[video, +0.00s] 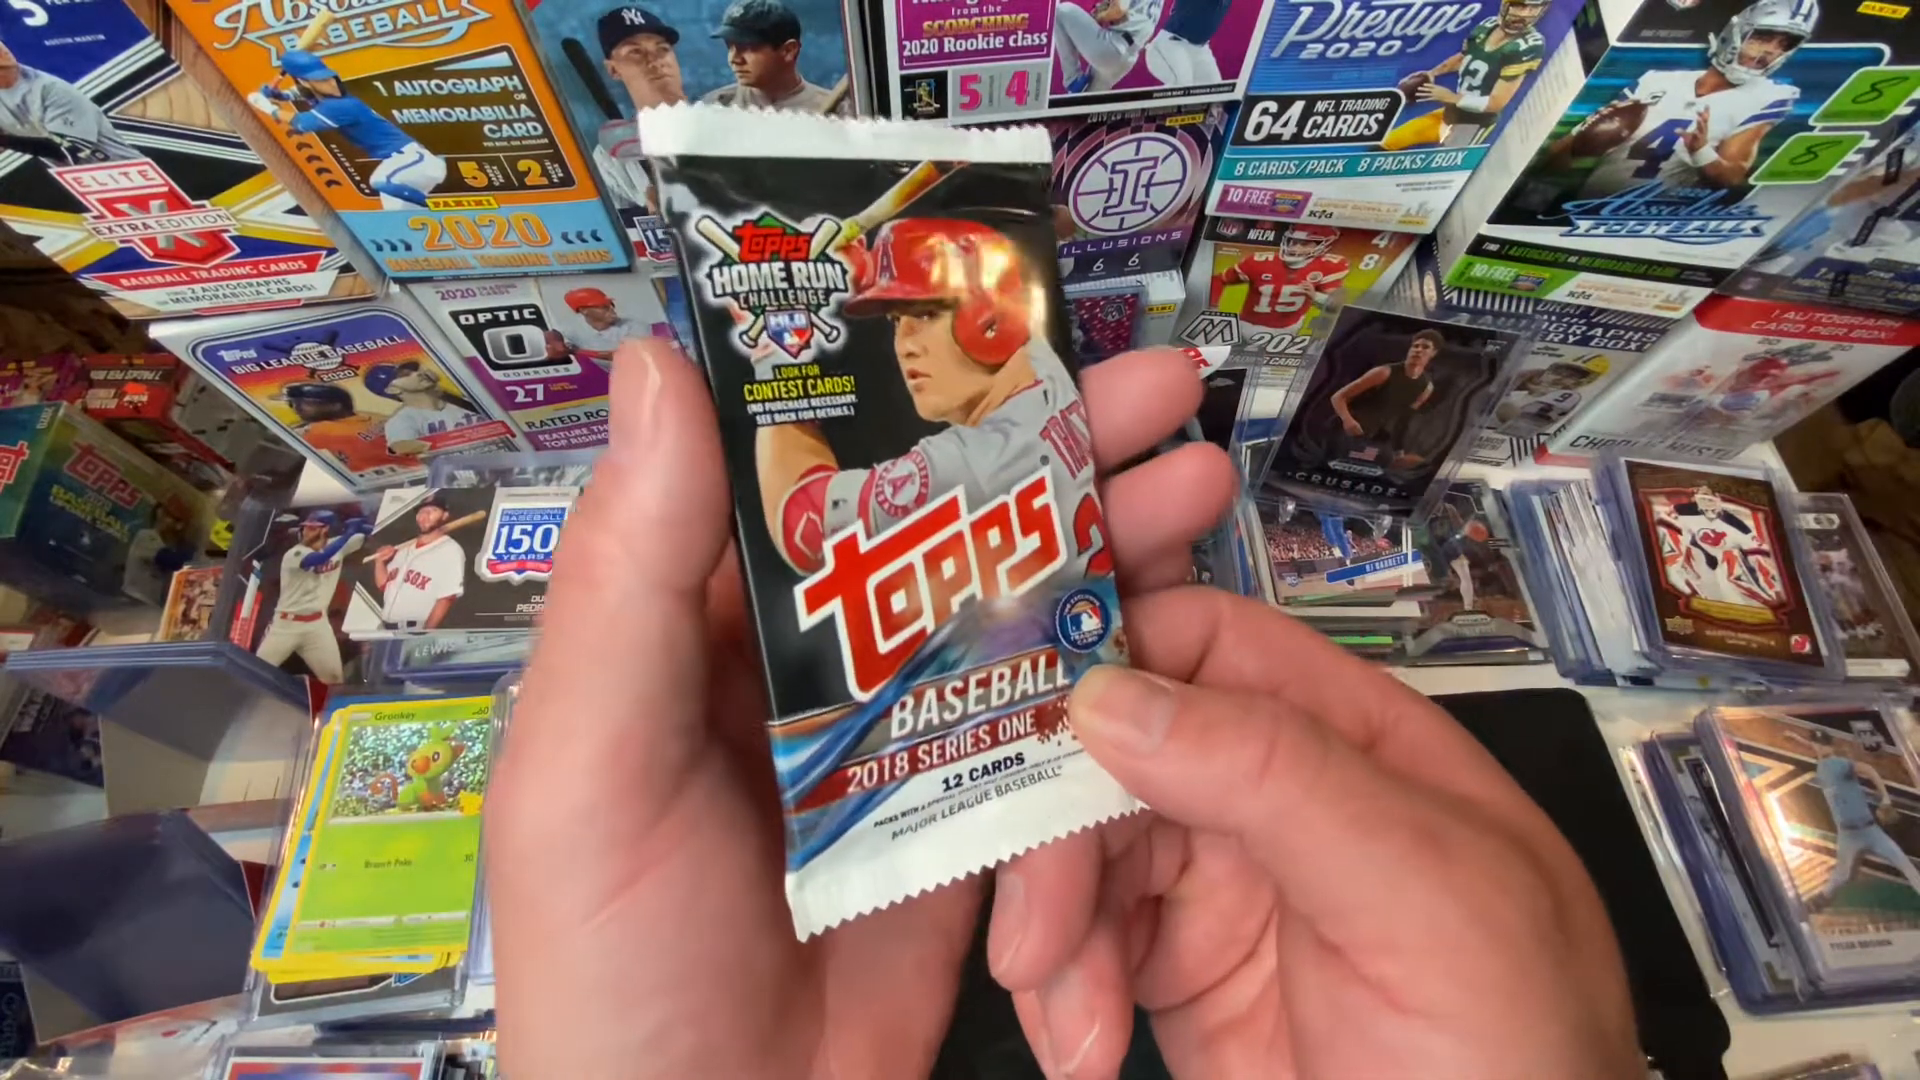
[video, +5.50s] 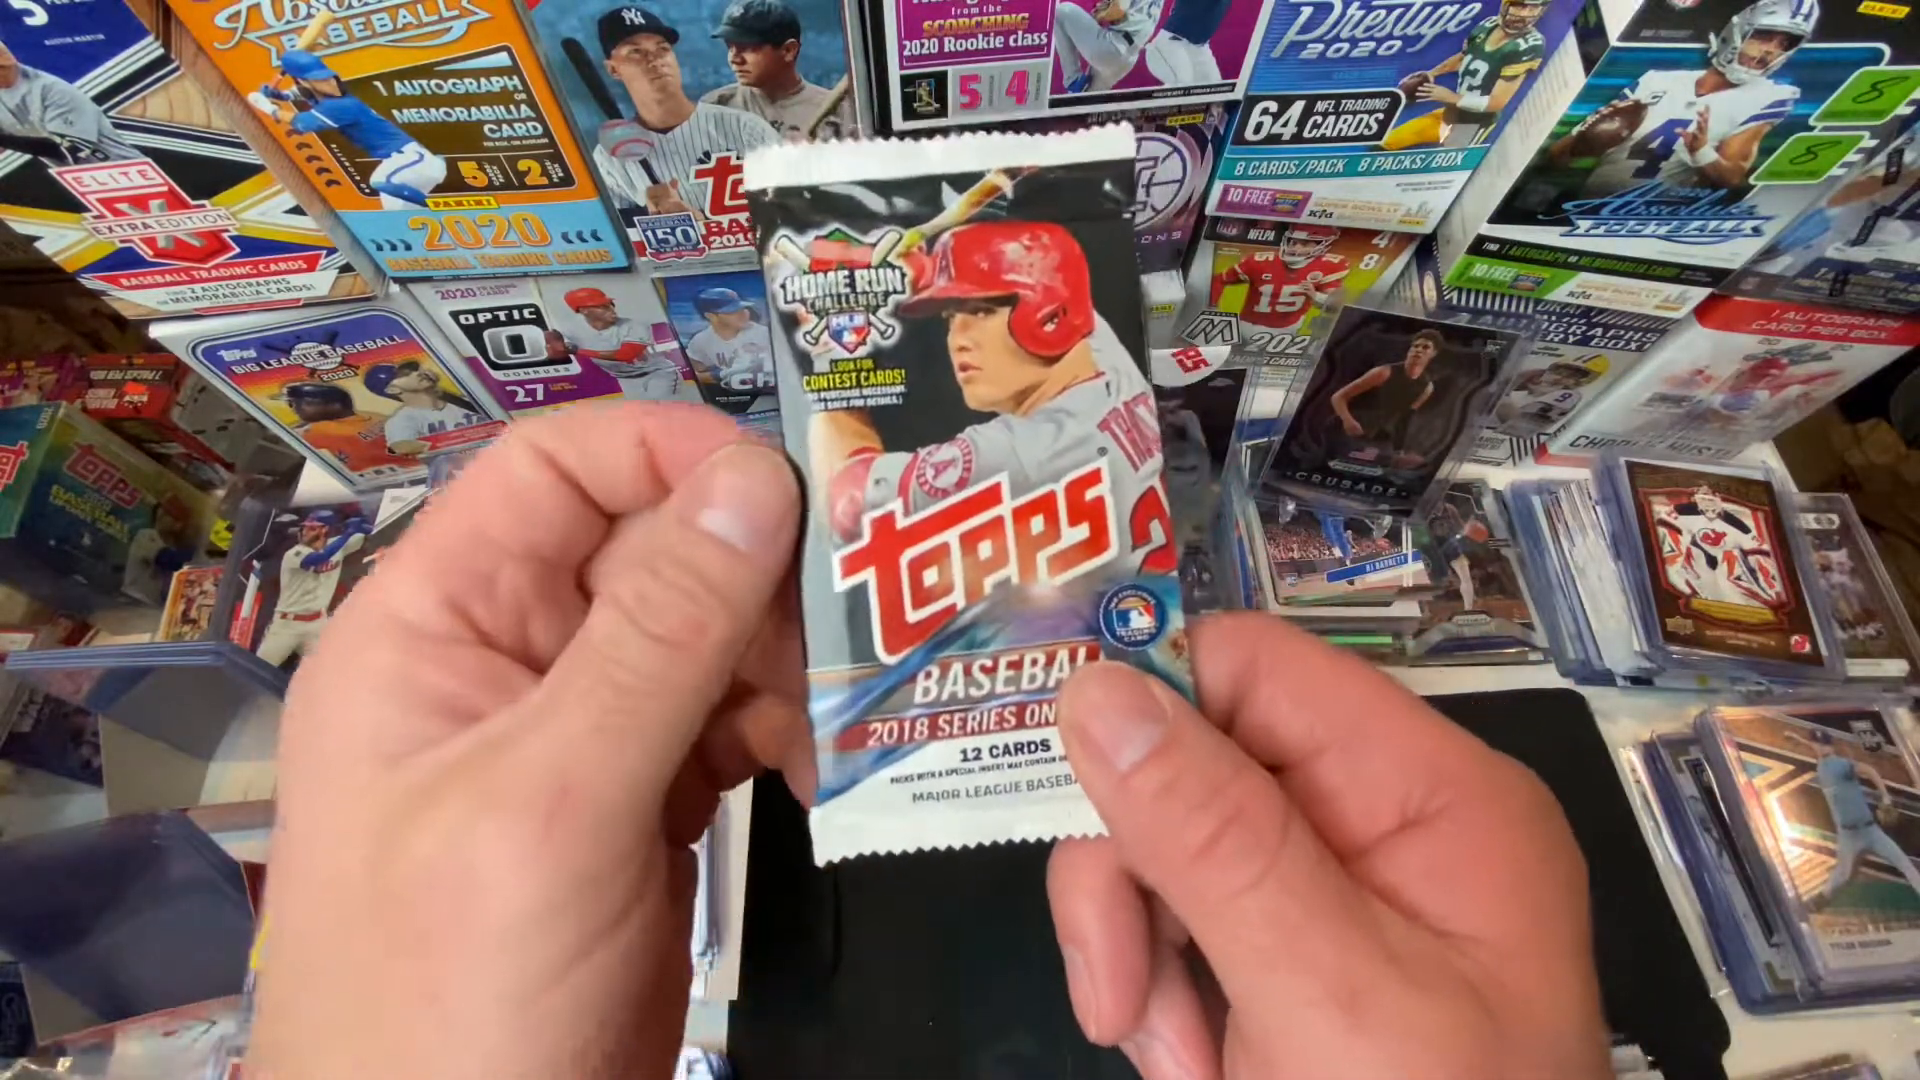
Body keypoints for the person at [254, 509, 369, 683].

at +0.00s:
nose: (305, 532)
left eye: (311, 528)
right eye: (304, 527)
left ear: (324, 530)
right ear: (302, 529)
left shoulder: (337, 548)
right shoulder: (293, 554)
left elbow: (368, 533)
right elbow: (319, 560)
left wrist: (358, 525)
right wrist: (346, 537)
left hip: (317, 626)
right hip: (284, 625)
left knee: (334, 679)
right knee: (257, 671)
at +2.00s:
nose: (303, 531)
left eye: (309, 528)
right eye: (304, 527)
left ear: (323, 531)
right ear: (303, 529)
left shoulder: (337, 548)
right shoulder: (294, 554)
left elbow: (368, 532)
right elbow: (320, 559)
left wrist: (357, 524)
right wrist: (348, 534)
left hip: (317, 625)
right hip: (285, 624)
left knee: (334, 677)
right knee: (258, 670)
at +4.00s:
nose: (303, 532)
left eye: (309, 528)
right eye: (304, 528)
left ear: (324, 531)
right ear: (303, 530)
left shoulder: (336, 549)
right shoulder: (293, 554)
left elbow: (365, 532)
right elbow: (318, 560)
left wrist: (353, 523)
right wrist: (346, 536)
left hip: (317, 625)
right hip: (284, 624)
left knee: (334, 680)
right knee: (258, 671)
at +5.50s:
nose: (304, 532)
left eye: (310, 528)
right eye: (304, 528)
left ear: (324, 530)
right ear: (302, 529)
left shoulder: (337, 547)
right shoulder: (293, 554)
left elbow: (368, 532)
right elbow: (319, 560)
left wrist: (354, 522)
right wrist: (348, 535)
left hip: (317, 625)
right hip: (285, 624)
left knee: (321, 679)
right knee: (258, 671)